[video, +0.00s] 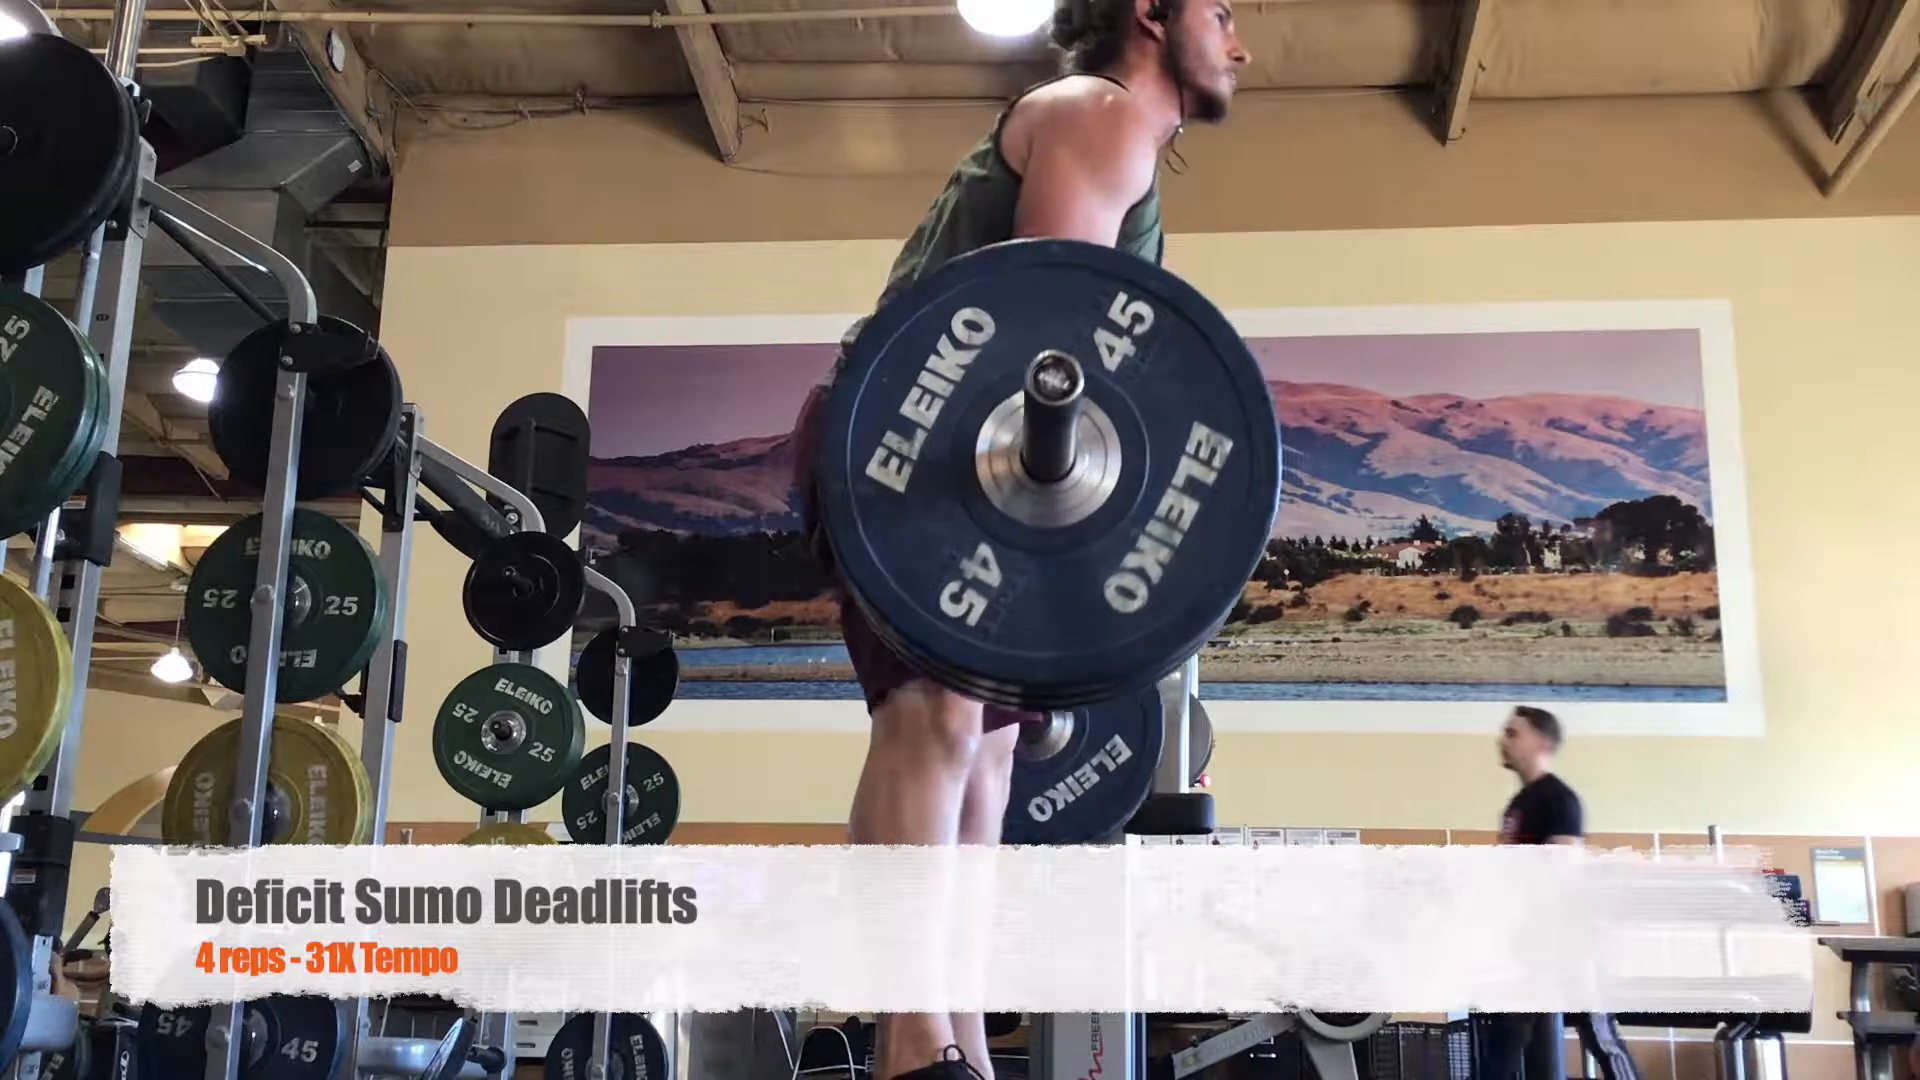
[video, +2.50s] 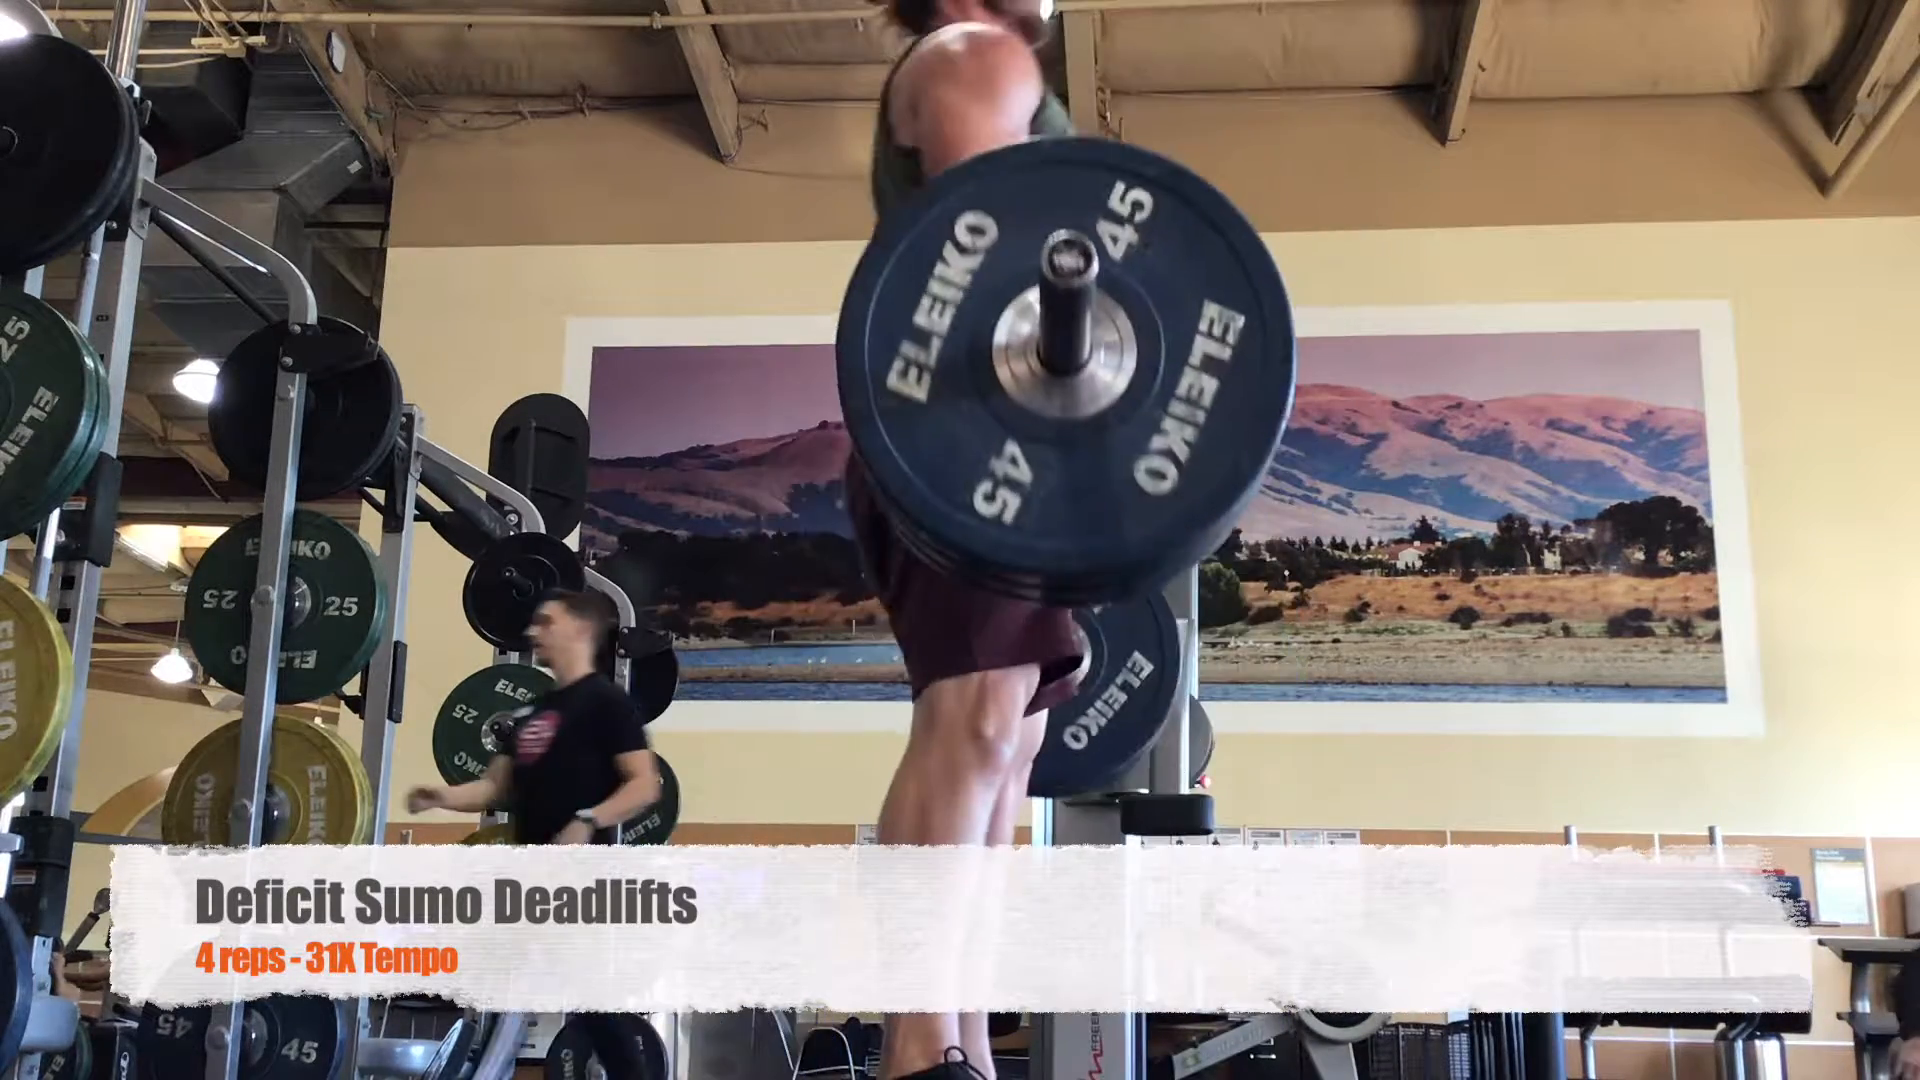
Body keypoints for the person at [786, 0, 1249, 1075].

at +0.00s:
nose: (1235, 33)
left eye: (1229, 15)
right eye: (1215, 12)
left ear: (1159, 28)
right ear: (1153, 19)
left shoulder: (1123, 148)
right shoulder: (1097, 115)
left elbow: (1075, 357)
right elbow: (1058, 335)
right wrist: (1075, 563)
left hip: (956, 440)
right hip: (886, 426)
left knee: (992, 724)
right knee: (931, 713)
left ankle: (958, 1032)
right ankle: (908, 1043)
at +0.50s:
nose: (1299, 129)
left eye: (1297, 108)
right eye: (1282, 103)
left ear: (1221, 116)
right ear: (1209, 106)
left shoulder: (1162, 246)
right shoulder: (1132, 192)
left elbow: (1105, 438)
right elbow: (1069, 407)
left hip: (905, 448)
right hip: (839, 426)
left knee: (991, 721)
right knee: (934, 701)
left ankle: (955, 1029)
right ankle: (907, 1037)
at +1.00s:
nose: (1347, 278)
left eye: (1347, 251)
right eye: (1333, 244)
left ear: (1263, 242)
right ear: (1261, 235)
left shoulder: (1185, 427)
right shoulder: (1154, 314)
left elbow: (1135, 582)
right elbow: (1084, 552)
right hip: (827, 457)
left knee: (996, 746)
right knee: (954, 726)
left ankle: (970, 1043)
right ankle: (923, 1043)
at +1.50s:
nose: (1382, 482)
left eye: (1388, 462)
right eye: (1374, 447)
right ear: (1301, 423)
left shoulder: (1193, 599)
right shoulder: (1169, 493)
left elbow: (1134, 771)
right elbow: (1081, 735)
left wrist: (1138, 950)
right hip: (810, 557)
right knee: (1047, 707)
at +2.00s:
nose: (1361, 258)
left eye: (1364, 235)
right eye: (1350, 225)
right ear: (1274, 206)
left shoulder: (1189, 395)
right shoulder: (1165, 286)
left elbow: (1145, 543)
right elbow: (1089, 502)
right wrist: (1091, 661)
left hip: (911, 466)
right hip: (840, 434)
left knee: (981, 728)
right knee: (945, 713)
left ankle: (965, 1037)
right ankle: (922, 1039)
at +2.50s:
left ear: (944, 3)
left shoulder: (994, 65)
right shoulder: (975, 55)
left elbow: (999, 272)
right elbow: (989, 262)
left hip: (1002, 438)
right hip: (951, 432)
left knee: (1015, 727)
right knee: (973, 714)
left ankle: (963, 1038)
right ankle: (915, 1045)